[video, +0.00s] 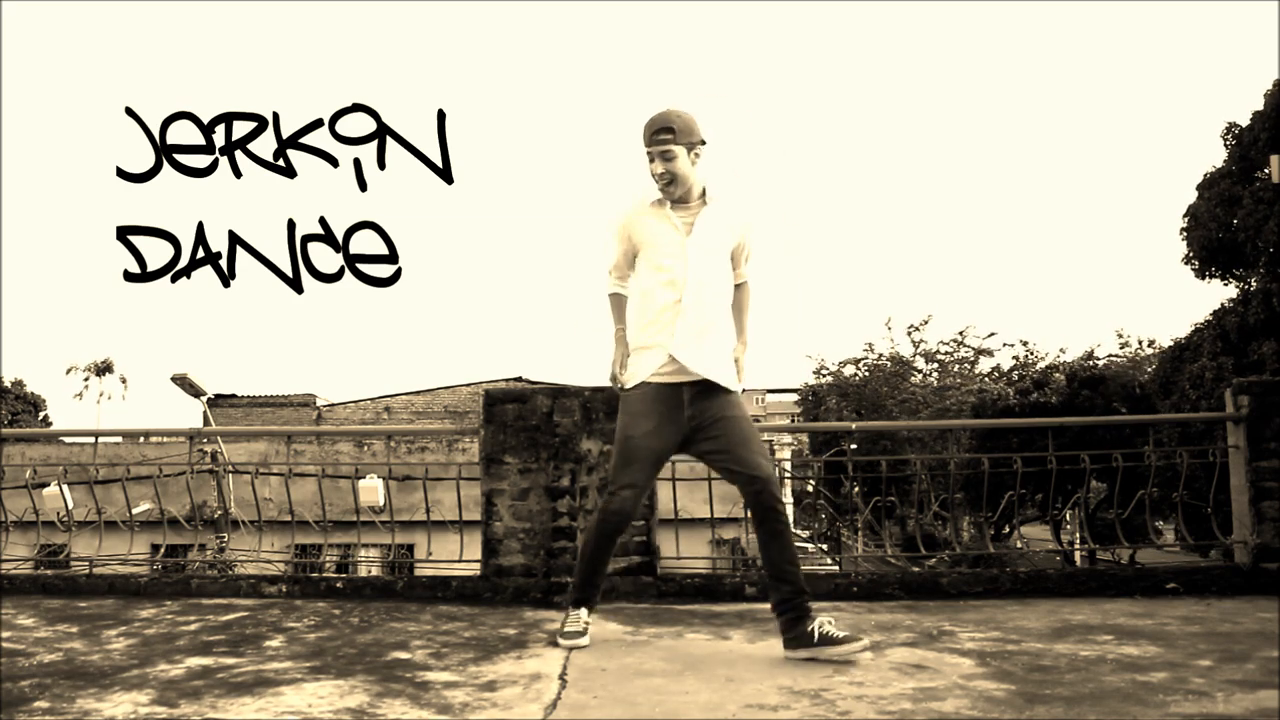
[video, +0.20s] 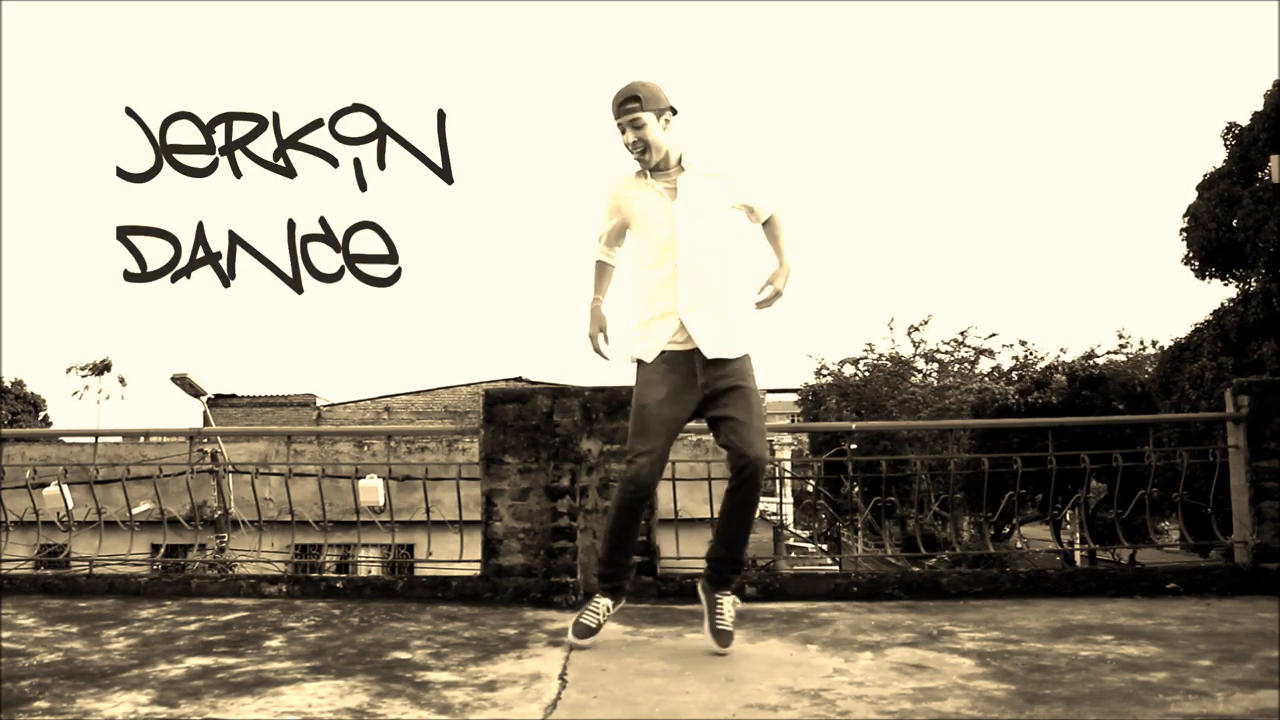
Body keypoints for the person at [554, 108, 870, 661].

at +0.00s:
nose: (658, 167)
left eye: (666, 155)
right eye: (651, 158)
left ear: (697, 154)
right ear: (647, 161)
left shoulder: (730, 218)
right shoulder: (636, 220)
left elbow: (742, 287)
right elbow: (618, 284)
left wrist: (741, 347)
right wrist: (621, 346)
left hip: (715, 387)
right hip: (648, 386)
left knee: (764, 489)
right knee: (621, 501)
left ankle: (797, 624)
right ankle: (578, 609)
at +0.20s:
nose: (632, 139)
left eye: (638, 126)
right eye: (624, 132)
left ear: (667, 120)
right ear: (622, 136)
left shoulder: (719, 181)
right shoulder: (626, 194)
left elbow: (767, 215)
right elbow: (605, 254)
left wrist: (782, 267)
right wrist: (597, 306)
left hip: (728, 351)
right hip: (662, 356)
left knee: (753, 464)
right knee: (641, 472)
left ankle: (720, 584)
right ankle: (606, 593)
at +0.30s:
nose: (635, 131)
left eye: (641, 117)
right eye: (627, 123)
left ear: (671, 112)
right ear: (625, 129)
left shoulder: (728, 172)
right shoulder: (636, 189)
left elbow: (801, 191)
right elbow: (617, 248)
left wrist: (818, 235)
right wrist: (582, 295)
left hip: (733, 340)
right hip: (671, 343)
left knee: (738, 467)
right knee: (672, 467)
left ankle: (692, 584)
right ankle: (656, 594)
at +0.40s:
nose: (644, 139)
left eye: (651, 125)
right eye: (637, 131)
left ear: (681, 117)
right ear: (637, 136)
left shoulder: (740, 179)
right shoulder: (650, 193)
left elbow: (821, 197)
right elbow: (629, 255)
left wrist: (823, 228)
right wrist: (568, 286)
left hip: (737, 343)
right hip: (679, 343)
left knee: (732, 477)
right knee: (714, 467)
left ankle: (654, 590)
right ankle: (708, 608)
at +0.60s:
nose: (688, 140)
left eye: (696, 129)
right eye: (681, 132)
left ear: (727, 127)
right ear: (678, 136)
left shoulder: (768, 192)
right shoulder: (679, 199)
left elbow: (839, 239)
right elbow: (647, 256)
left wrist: (812, 239)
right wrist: (576, 238)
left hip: (759, 354)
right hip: (697, 358)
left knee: (791, 479)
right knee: (722, 484)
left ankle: (729, 575)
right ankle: (739, 622)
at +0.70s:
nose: (719, 139)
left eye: (728, 128)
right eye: (712, 130)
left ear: (756, 130)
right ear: (706, 136)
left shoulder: (790, 201)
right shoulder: (696, 194)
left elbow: (846, 257)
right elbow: (645, 241)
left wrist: (856, 276)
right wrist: (581, 209)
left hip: (772, 369)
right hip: (707, 370)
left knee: (791, 494)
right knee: (688, 479)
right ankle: (722, 619)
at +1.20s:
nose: (763, 127)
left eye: (775, 119)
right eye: (758, 116)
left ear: (798, 128)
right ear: (749, 122)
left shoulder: (806, 206)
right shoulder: (716, 177)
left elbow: (813, 282)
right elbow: (648, 218)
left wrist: (852, 346)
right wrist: (582, 225)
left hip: (753, 353)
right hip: (695, 339)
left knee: (730, 488)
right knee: (648, 409)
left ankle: (738, 621)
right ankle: (653, 562)